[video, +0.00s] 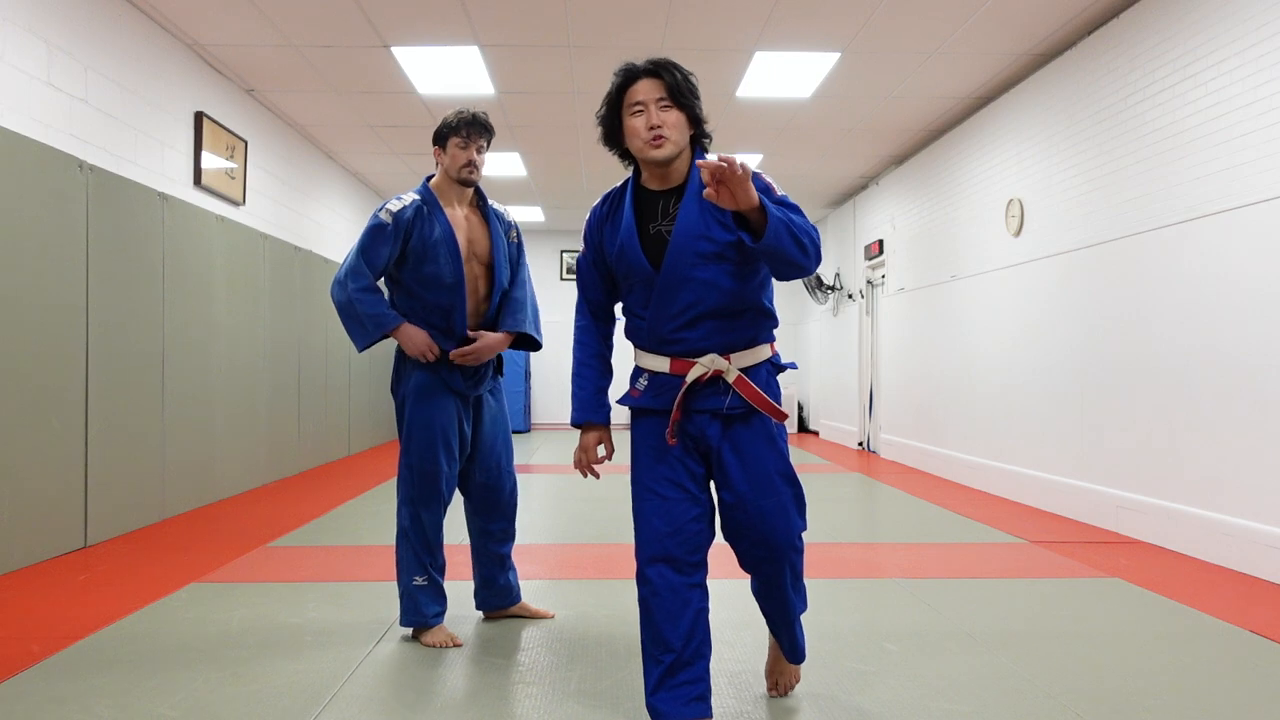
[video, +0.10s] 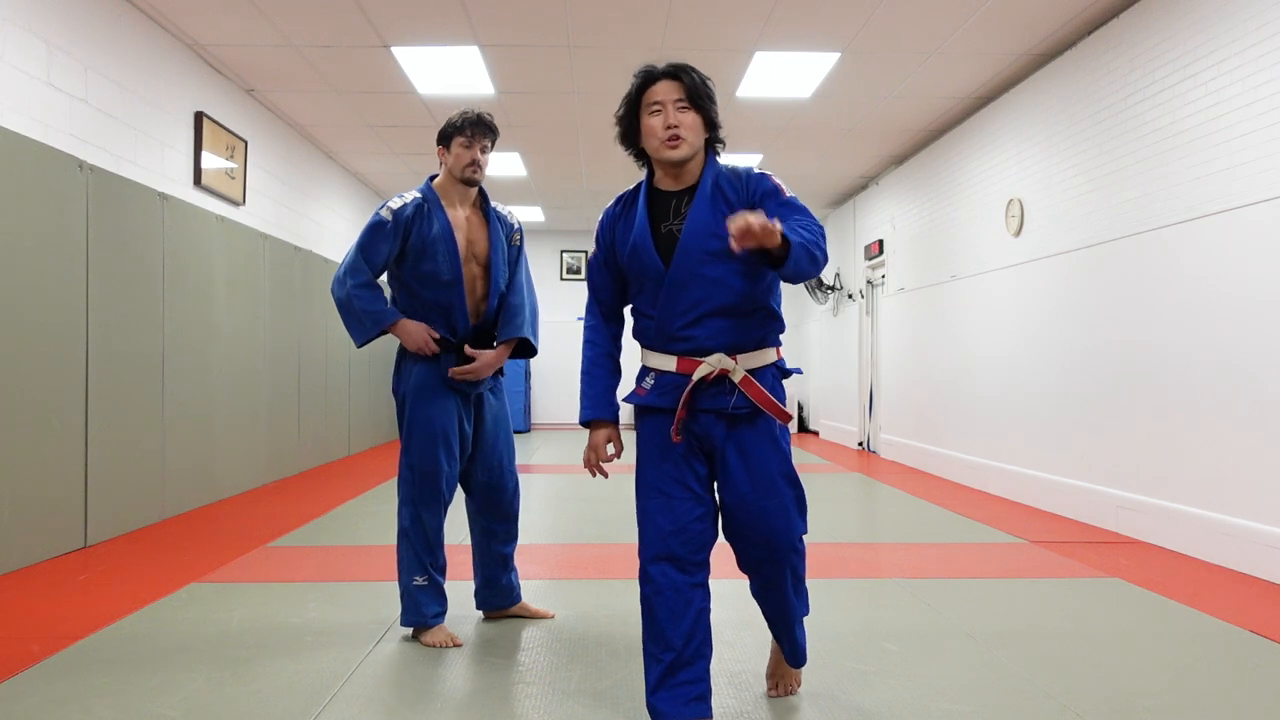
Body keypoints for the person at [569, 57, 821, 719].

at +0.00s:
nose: (654, 119)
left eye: (667, 105)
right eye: (638, 111)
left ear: (692, 119)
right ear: (621, 133)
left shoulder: (736, 184)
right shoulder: (608, 216)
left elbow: (805, 257)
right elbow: (593, 319)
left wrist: (753, 210)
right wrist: (589, 416)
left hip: (746, 390)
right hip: (659, 398)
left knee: (771, 541)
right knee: (667, 567)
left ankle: (785, 641)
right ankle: (678, 709)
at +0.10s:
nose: (671, 120)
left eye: (683, 107)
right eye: (655, 111)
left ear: (707, 121)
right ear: (637, 131)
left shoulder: (750, 187)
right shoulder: (620, 218)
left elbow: (813, 255)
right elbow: (601, 319)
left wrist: (777, 242)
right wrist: (598, 415)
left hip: (750, 390)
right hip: (664, 396)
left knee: (770, 541)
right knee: (669, 563)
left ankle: (787, 645)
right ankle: (679, 709)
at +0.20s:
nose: (690, 122)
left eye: (702, 112)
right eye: (676, 114)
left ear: (726, 129)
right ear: (656, 135)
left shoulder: (762, 196)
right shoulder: (635, 223)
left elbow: (802, 252)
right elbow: (615, 322)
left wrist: (807, 324)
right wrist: (611, 413)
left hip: (757, 390)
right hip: (671, 399)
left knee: (774, 542)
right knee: (672, 562)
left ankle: (788, 652)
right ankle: (679, 709)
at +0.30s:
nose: (706, 132)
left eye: (719, 122)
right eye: (694, 123)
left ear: (744, 141)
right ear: (676, 144)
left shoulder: (778, 211)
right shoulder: (654, 228)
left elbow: (816, 304)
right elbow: (631, 323)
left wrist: (833, 398)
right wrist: (625, 409)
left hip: (769, 399)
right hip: (685, 403)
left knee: (777, 543)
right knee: (679, 561)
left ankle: (781, 652)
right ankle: (680, 708)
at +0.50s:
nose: (720, 151)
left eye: (736, 142)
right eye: (715, 143)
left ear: (771, 156)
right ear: (709, 157)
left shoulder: (811, 234)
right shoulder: (686, 234)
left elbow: (842, 332)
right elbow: (665, 327)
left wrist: (842, 424)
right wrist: (662, 411)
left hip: (787, 409)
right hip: (705, 408)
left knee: (781, 549)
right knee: (700, 547)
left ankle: (774, 662)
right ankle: (694, 688)